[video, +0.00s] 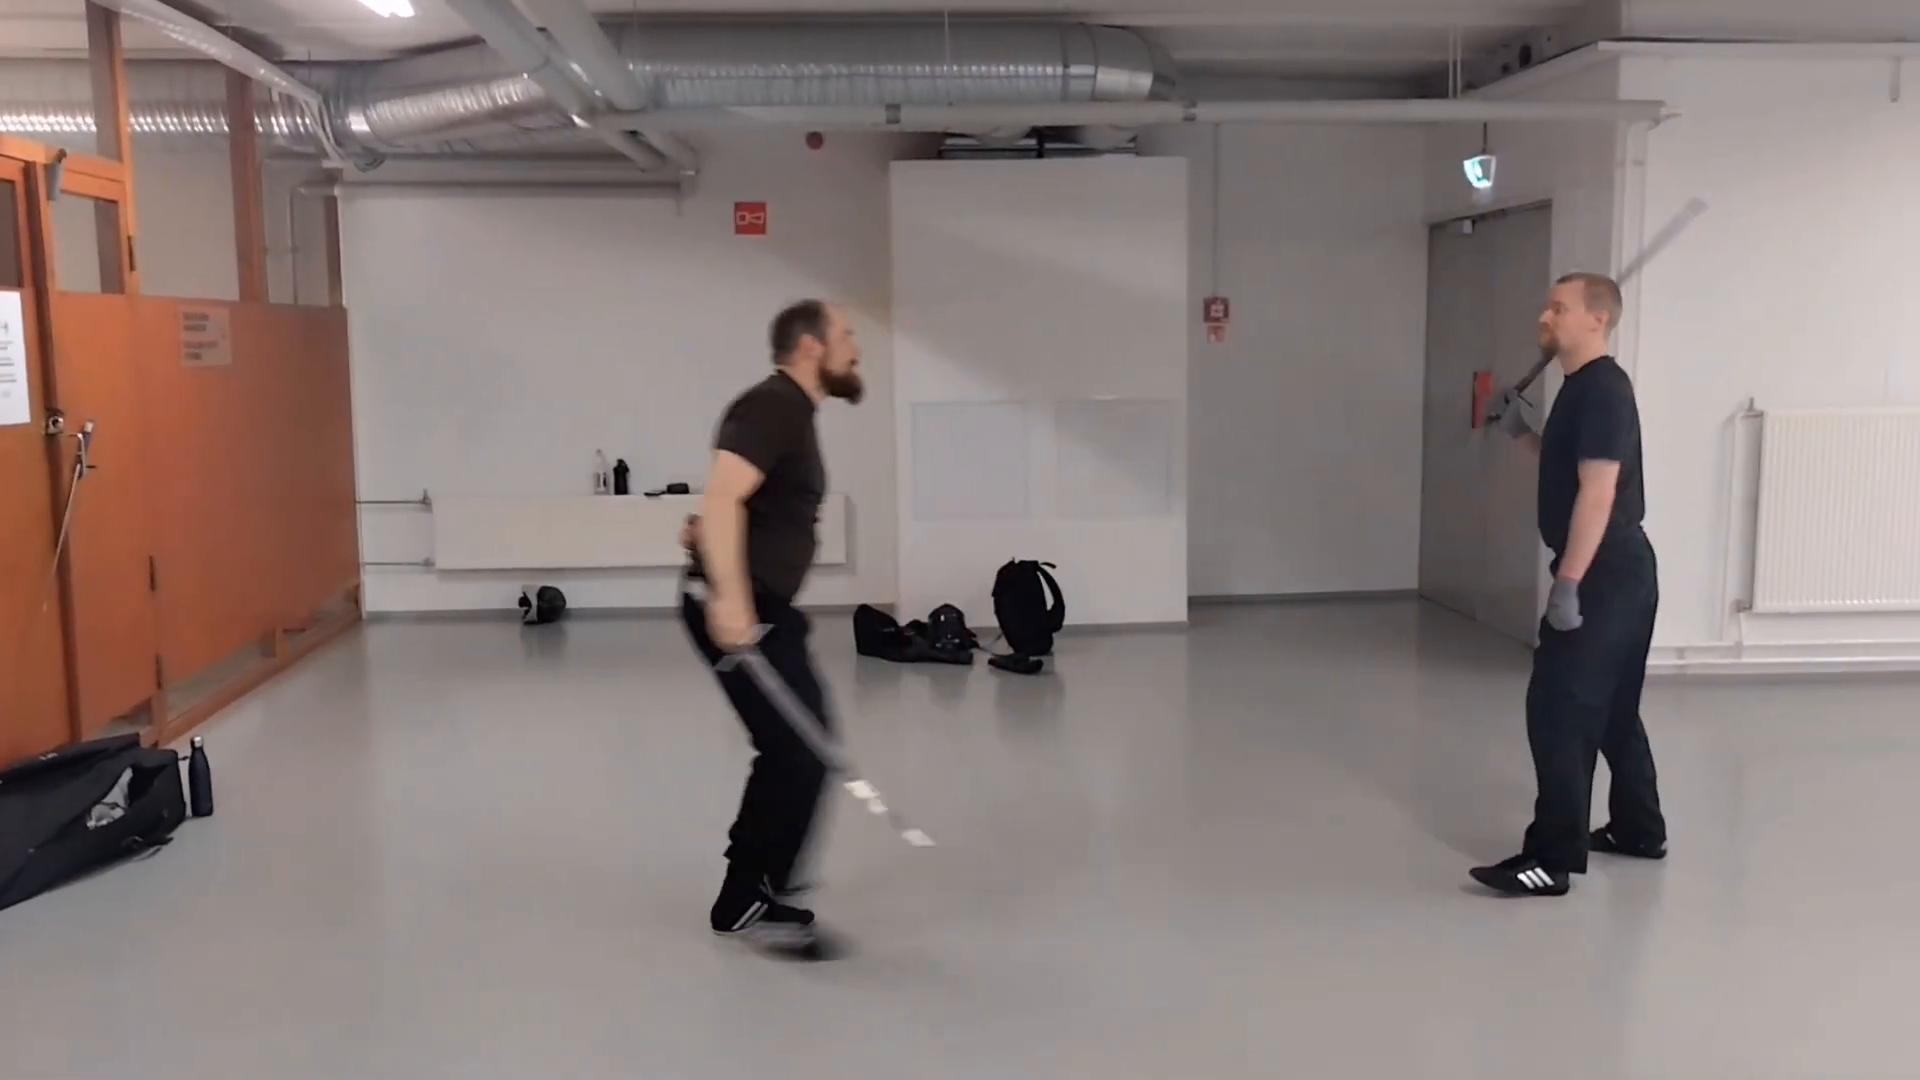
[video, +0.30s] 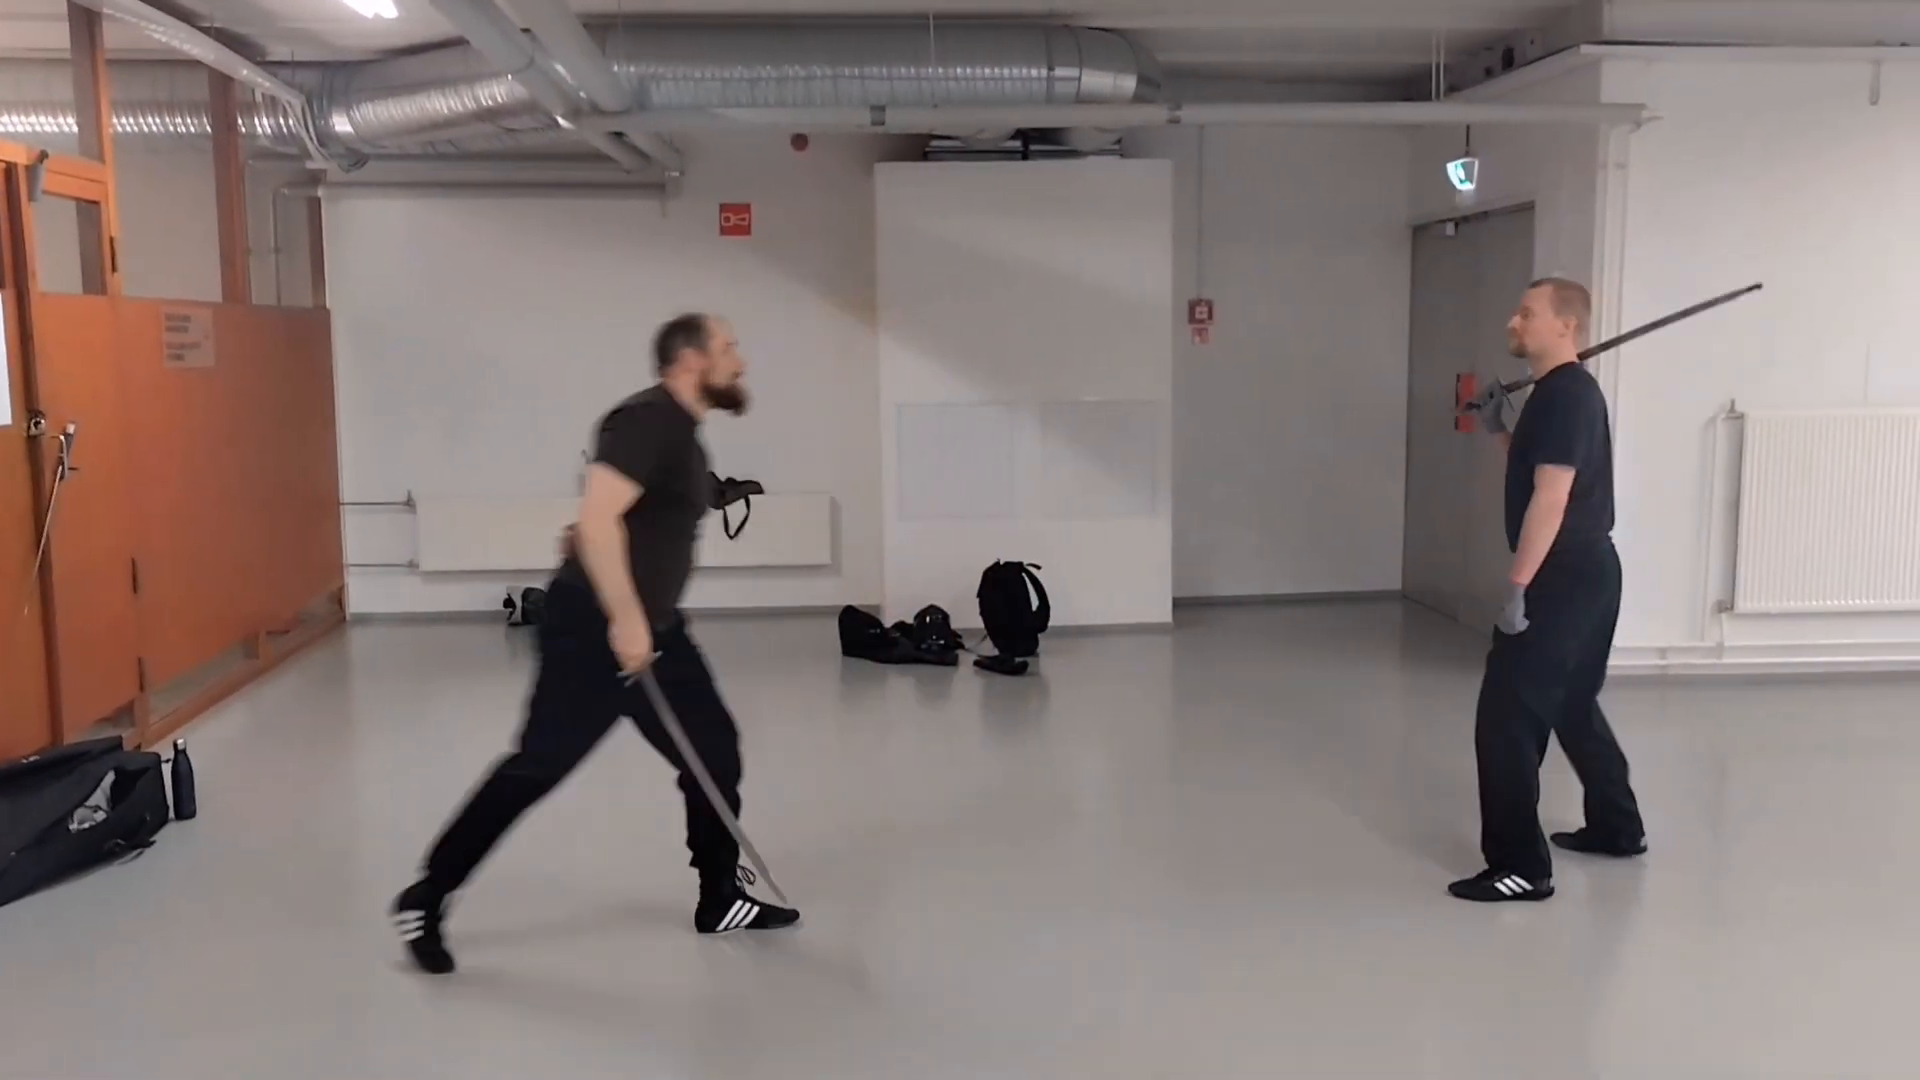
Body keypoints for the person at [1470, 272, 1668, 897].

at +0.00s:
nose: (1544, 318)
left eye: (1557, 308)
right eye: (1545, 308)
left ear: (1597, 321)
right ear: (1587, 323)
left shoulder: (1601, 386)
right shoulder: (1582, 386)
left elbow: (1598, 489)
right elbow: (1563, 475)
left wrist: (1567, 580)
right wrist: (1521, 430)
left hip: (1601, 571)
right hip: (1613, 566)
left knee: (1557, 708)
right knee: (1612, 706)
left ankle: (1553, 858)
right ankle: (1639, 828)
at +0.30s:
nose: (1512, 323)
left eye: (1525, 314)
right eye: (1516, 313)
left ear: (1566, 326)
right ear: (1564, 328)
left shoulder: (1563, 393)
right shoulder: (1572, 389)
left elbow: (1553, 495)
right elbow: (1544, 473)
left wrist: (1516, 585)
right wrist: (1505, 432)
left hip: (1561, 577)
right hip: (1587, 572)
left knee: (1504, 715)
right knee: (1572, 703)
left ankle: (1520, 868)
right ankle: (1617, 827)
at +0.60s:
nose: (1491, 330)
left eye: (1503, 319)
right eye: (1493, 319)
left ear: (1542, 328)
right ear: (1540, 330)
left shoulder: (1546, 396)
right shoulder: (1552, 393)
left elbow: (1537, 503)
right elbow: (1523, 477)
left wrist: (1503, 592)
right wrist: (1482, 433)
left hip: (1550, 577)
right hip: (1574, 571)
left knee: (1494, 716)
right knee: (1560, 703)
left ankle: (1509, 869)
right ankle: (1588, 820)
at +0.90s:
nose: (1496, 322)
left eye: (1509, 312)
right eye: (1499, 312)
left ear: (1548, 323)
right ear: (1547, 326)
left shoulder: (1552, 392)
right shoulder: (1551, 389)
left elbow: (1549, 499)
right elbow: (1522, 476)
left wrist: (1520, 588)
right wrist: (1493, 426)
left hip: (1552, 571)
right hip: (1573, 565)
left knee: (1500, 709)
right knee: (1565, 698)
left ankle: (1504, 863)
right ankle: (1585, 817)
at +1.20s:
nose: (1491, 318)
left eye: (1504, 308)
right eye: (1494, 308)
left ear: (1544, 320)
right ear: (1544, 324)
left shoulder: (1545, 387)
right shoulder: (1555, 385)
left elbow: (1540, 486)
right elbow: (1524, 469)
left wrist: (1509, 579)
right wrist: (1488, 425)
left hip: (1548, 567)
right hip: (1573, 561)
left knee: (1499, 712)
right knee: (1565, 697)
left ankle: (1501, 862)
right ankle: (1580, 813)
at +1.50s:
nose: (1485, 314)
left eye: (1498, 305)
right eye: (1488, 305)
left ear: (1538, 317)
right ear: (1538, 321)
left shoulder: (1538, 383)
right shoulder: (1543, 381)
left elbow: (1533, 483)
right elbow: (1516, 466)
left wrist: (1500, 578)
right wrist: (1480, 423)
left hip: (1540, 567)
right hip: (1563, 561)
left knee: (1490, 708)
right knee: (1555, 694)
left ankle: (1494, 859)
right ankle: (1575, 811)